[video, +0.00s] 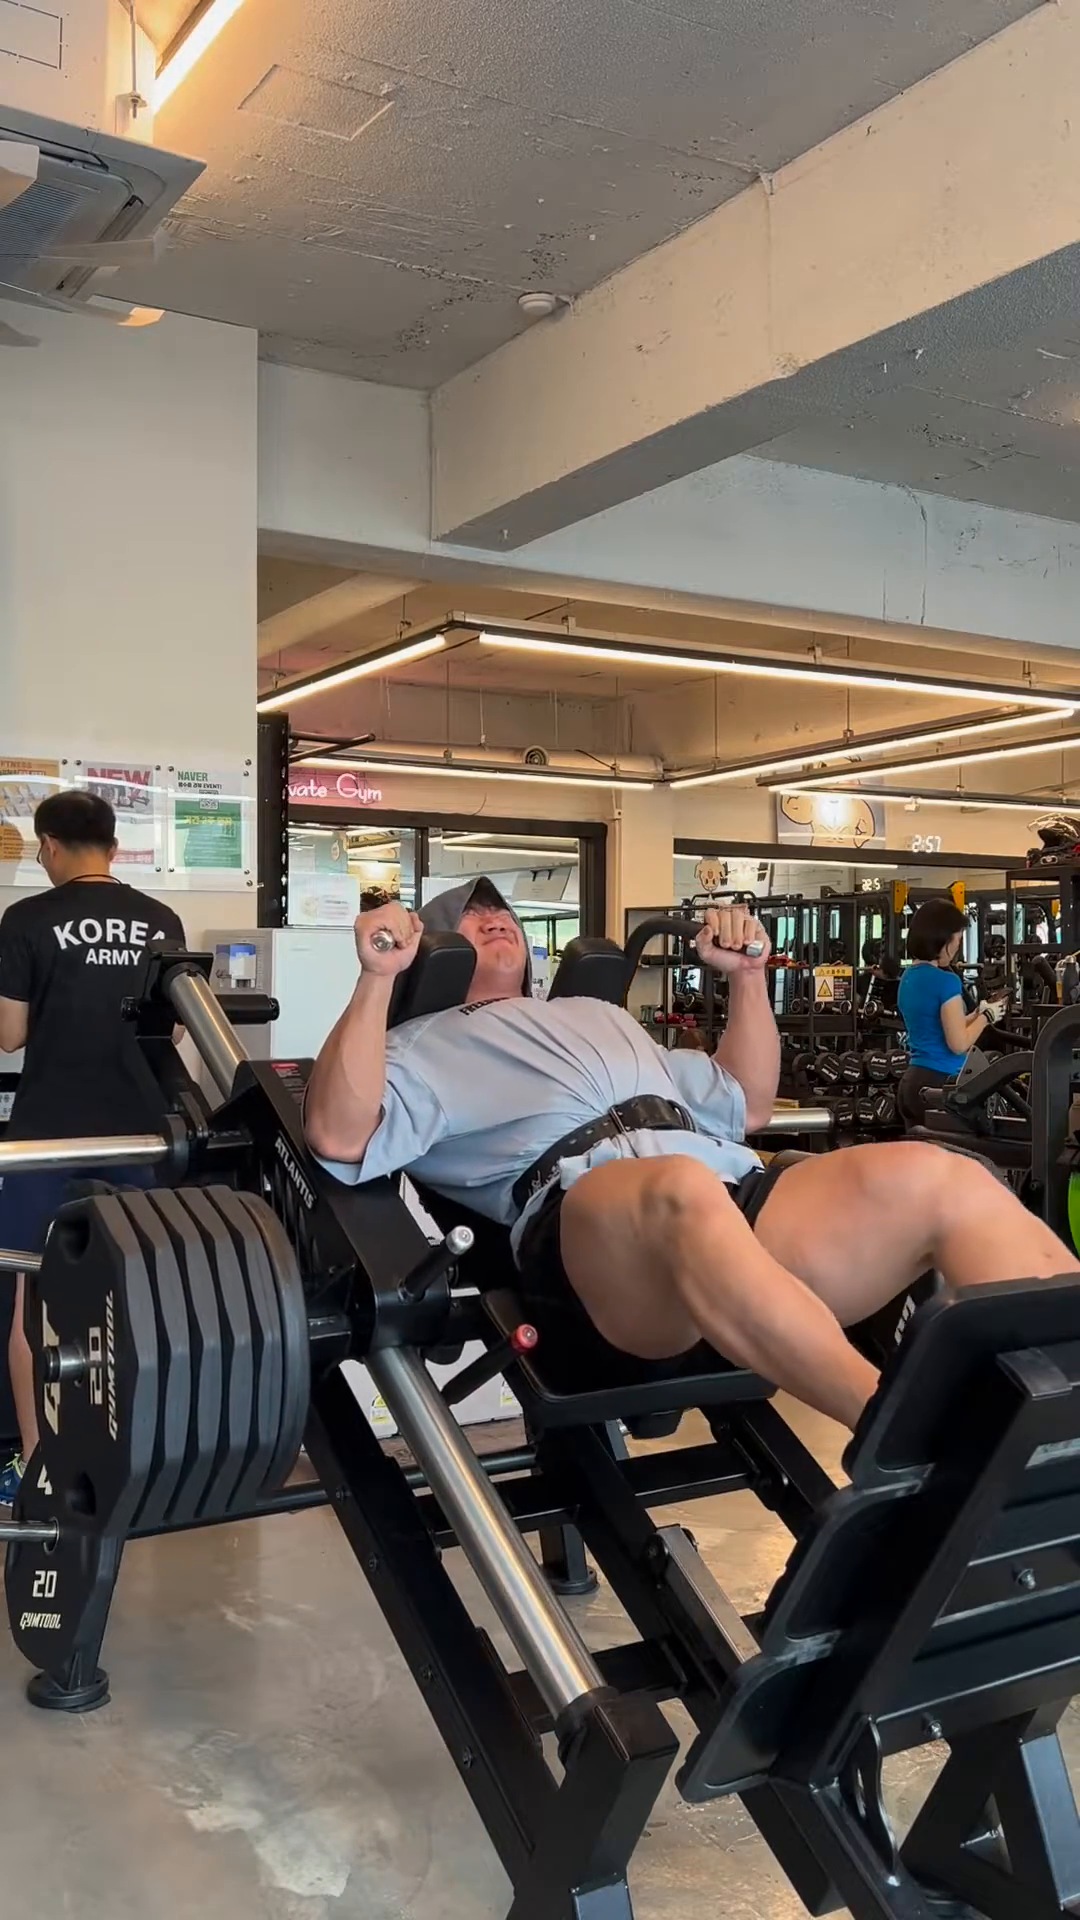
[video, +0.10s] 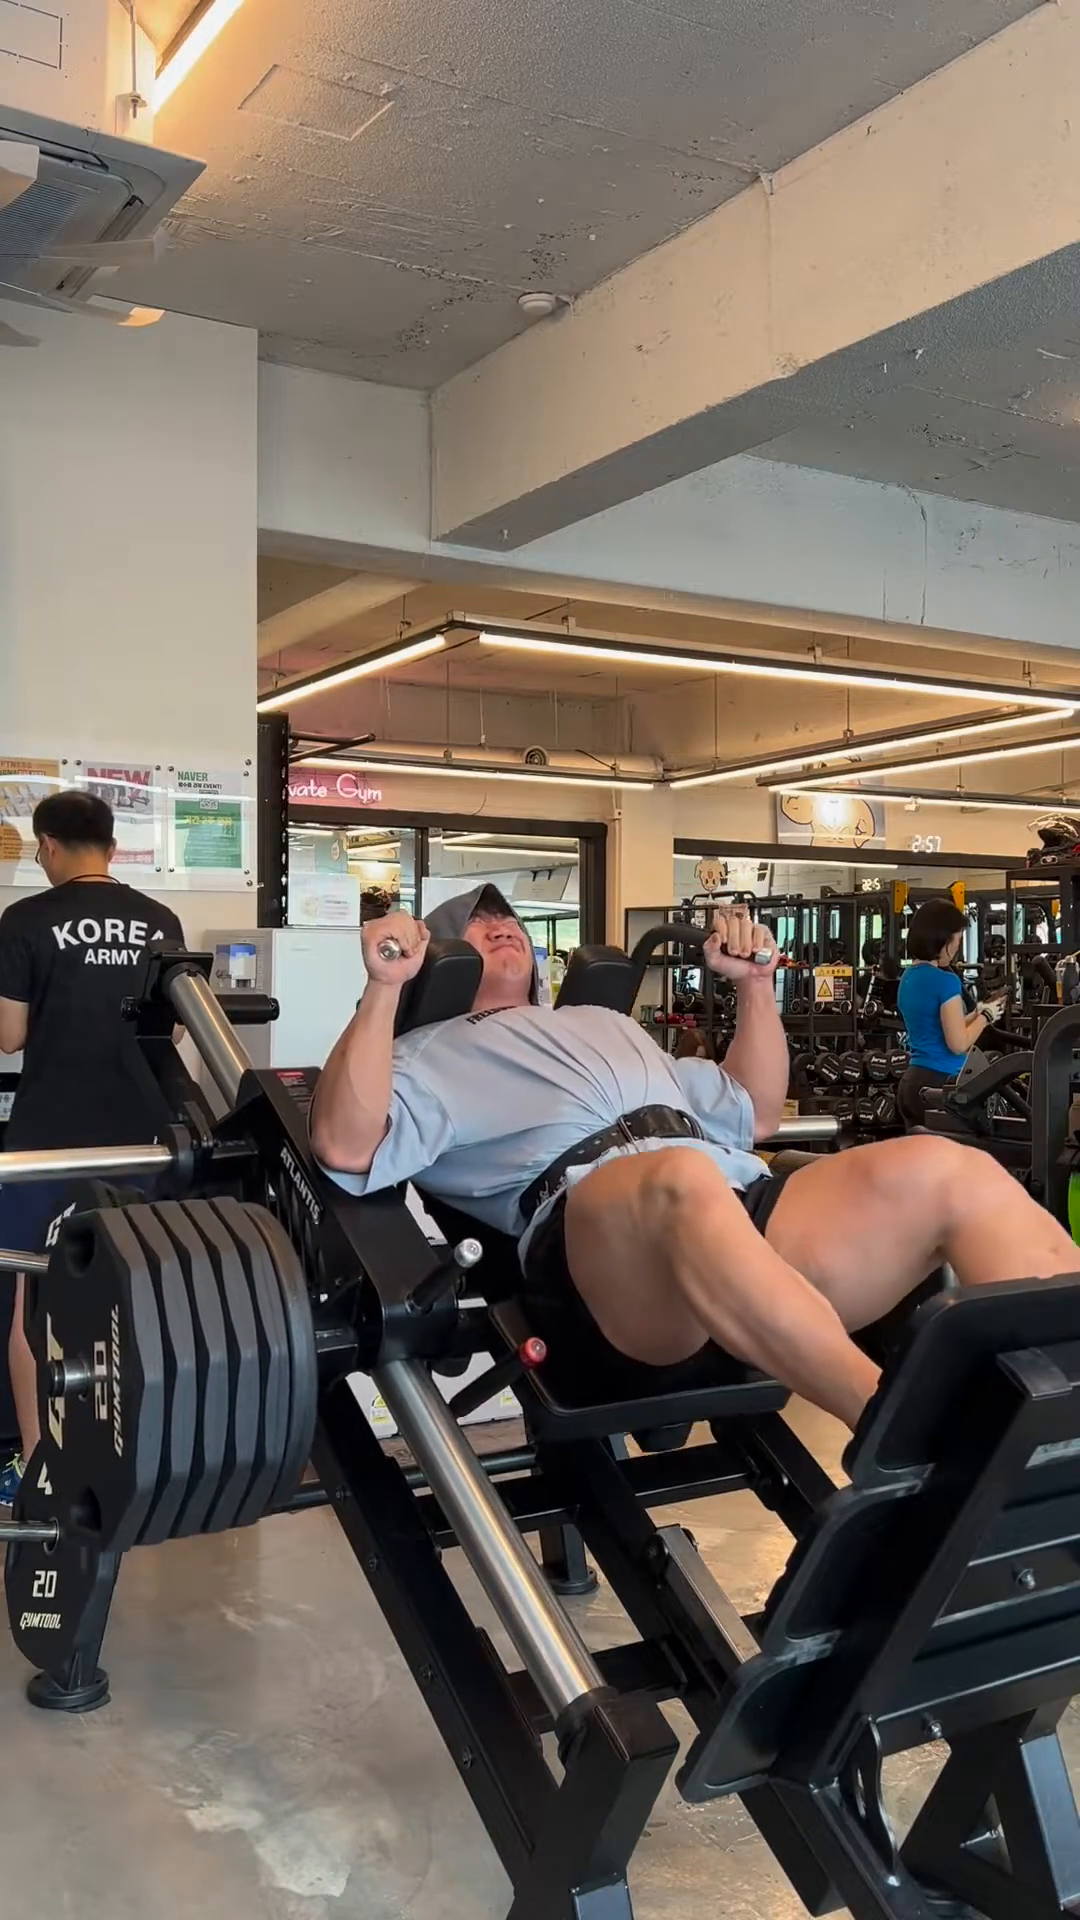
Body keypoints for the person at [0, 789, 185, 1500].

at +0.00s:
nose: (44, 860)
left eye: (42, 851)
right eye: (46, 851)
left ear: (49, 848)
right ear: (114, 848)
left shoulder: (29, 918)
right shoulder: (163, 920)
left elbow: (10, 1035)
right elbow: (179, 1031)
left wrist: (55, 1007)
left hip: (47, 1134)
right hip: (141, 1134)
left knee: (27, 1301)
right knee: (134, 1297)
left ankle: (37, 1457)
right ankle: (131, 1453)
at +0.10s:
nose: (41, 861)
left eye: (40, 851)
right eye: (43, 852)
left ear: (47, 849)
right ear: (113, 849)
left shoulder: (28, 919)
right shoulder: (161, 919)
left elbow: (10, 1035)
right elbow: (180, 1032)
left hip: (49, 1138)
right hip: (144, 1137)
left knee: (25, 1304)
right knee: (131, 1298)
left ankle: (38, 1458)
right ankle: (131, 1454)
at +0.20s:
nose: (40, 860)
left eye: (38, 851)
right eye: (42, 851)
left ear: (47, 849)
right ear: (111, 848)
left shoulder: (27, 918)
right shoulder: (160, 919)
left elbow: (10, 1036)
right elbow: (179, 1028)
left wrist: (63, 1022)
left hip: (52, 1137)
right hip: (146, 1135)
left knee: (25, 1303)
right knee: (134, 1298)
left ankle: (39, 1457)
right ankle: (132, 1453)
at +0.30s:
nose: (40, 861)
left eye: (38, 852)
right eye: (43, 852)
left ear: (46, 849)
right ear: (111, 848)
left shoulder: (26, 919)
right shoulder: (160, 918)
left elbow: (10, 1037)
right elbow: (179, 1031)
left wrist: (65, 1030)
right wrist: (118, 1029)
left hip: (49, 1130)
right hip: (139, 1129)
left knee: (25, 1299)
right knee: (125, 1287)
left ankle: (40, 1462)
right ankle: (121, 1445)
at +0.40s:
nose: (38, 860)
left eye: (37, 851)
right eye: (40, 851)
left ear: (45, 848)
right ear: (109, 847)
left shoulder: (27, 919)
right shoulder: (159, 918)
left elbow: (10, 1036)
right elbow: (177, 1029)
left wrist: (64, 1030)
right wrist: (115, 1026)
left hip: (50, 1128)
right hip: (138, 1126)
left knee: (28, 1294)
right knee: (131, 1284)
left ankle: (40, 1463)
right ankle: (135, 1447)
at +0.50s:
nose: (38, 860)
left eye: (36, 850)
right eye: (40, 851)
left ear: (45, 848)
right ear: (109, 847)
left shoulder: (27, 919)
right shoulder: (159, 919)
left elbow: (9, 1036)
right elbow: (178, 1030)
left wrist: (62, 1030)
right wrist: (118, 1031)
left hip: (50, 1130)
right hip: (137, 1130)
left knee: (31, 1296)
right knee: (123, 1290)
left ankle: (41, 1463)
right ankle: (127, 1453)